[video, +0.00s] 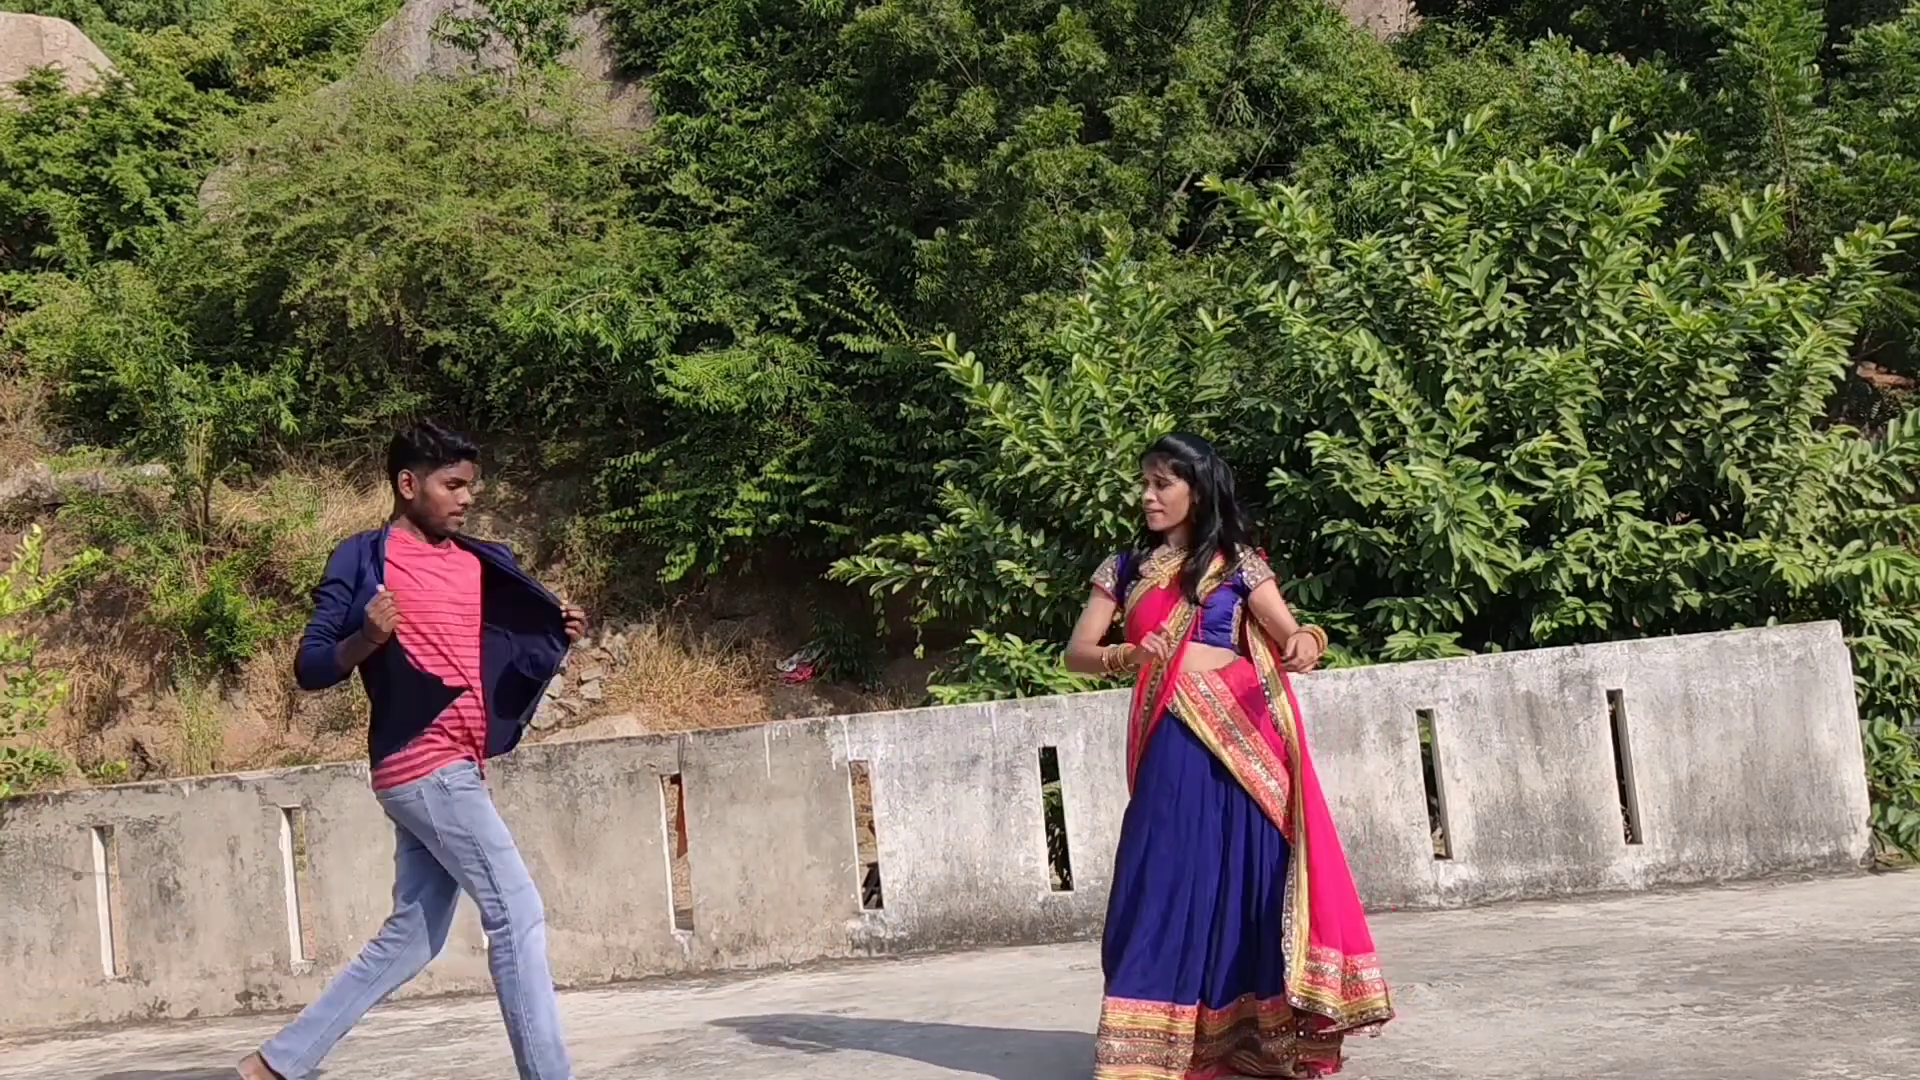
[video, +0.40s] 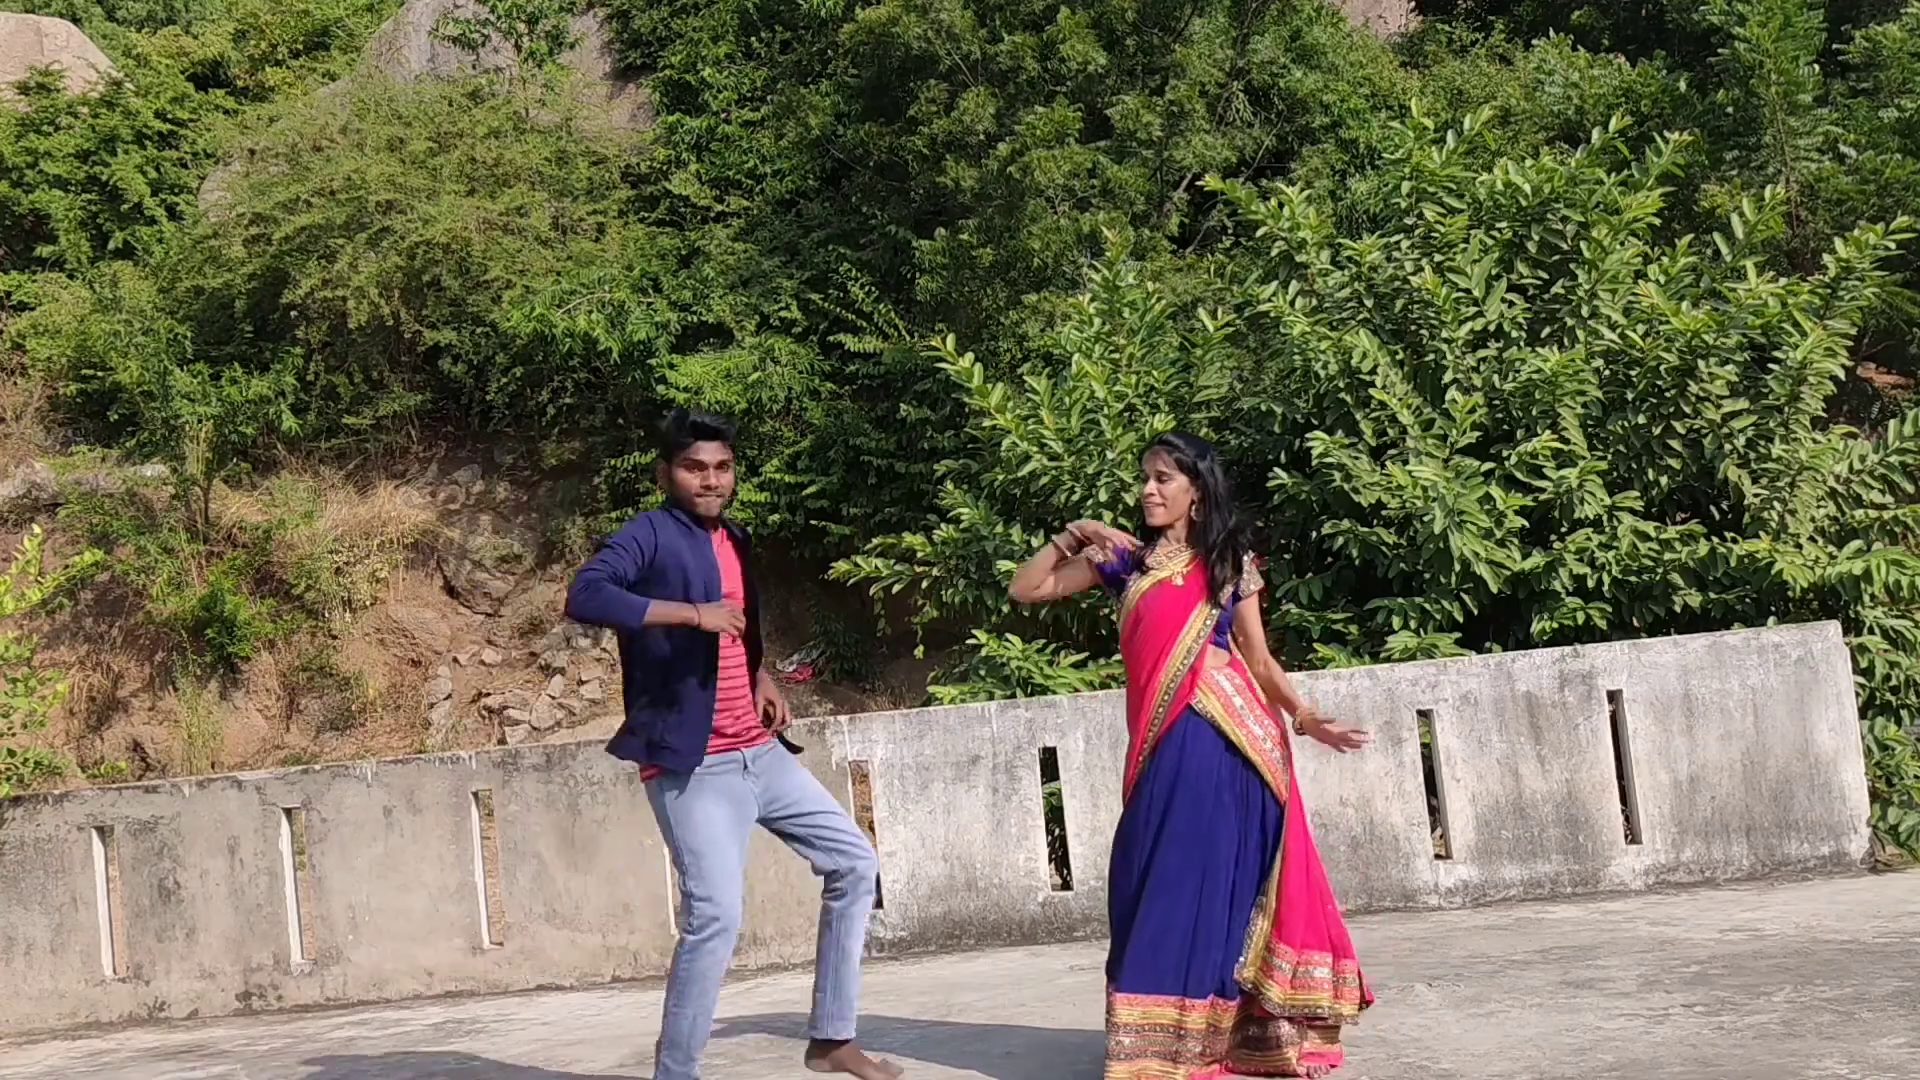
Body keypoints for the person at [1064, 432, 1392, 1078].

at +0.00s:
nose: (1150, 495)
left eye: (1164, 484)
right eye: (1146, 483)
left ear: (1201, 491)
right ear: (1143, 492)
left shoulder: (1238, 560)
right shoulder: (1122, 568)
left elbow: (1288, 638)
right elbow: (1080, 653)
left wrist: (1306, 642)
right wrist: (1127, 654)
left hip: (1243, 733)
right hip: (1170, 737)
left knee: (1251, 877)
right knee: (1169, 880)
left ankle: (1261, 1040)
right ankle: (1179, 1045)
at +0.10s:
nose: (1152, 494)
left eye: (1166, 483)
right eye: (1148, 483)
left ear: (1202, 491)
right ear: (1145, 491)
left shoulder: (1238, 560)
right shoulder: (1126, 560)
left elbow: (1276, 649)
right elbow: (1049, 626)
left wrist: (1318, 688)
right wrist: (1107, 646)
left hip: (1242, 729)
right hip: (1173, 733)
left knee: (1251, 877)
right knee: (1175, 876)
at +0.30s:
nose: (1151, 490)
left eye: (1164, 478)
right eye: (1147, 479)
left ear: (1200, 489)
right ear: (1144, 490)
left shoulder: (1230, 564)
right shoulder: (1129, 557)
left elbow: (1266, 662)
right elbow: (1016, 571)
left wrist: (1314, 729)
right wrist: (1089, 564)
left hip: (1223, 728)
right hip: (1165, 735)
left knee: (1175, 870)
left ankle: (1157, 1041)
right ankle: (1261, 1031)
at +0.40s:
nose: (1149, 489)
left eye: (1163, 478)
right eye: (1146, 478)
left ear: (1199, 489)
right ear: (1145, 488)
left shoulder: (1227, 563)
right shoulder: (1132, 556)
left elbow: (1259, 658)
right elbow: (1026, 588)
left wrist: (1307, 717)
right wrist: (1068, 536)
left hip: (1218, 728)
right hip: (1161, 736)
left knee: (1176, 871)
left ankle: (1161, 1040)